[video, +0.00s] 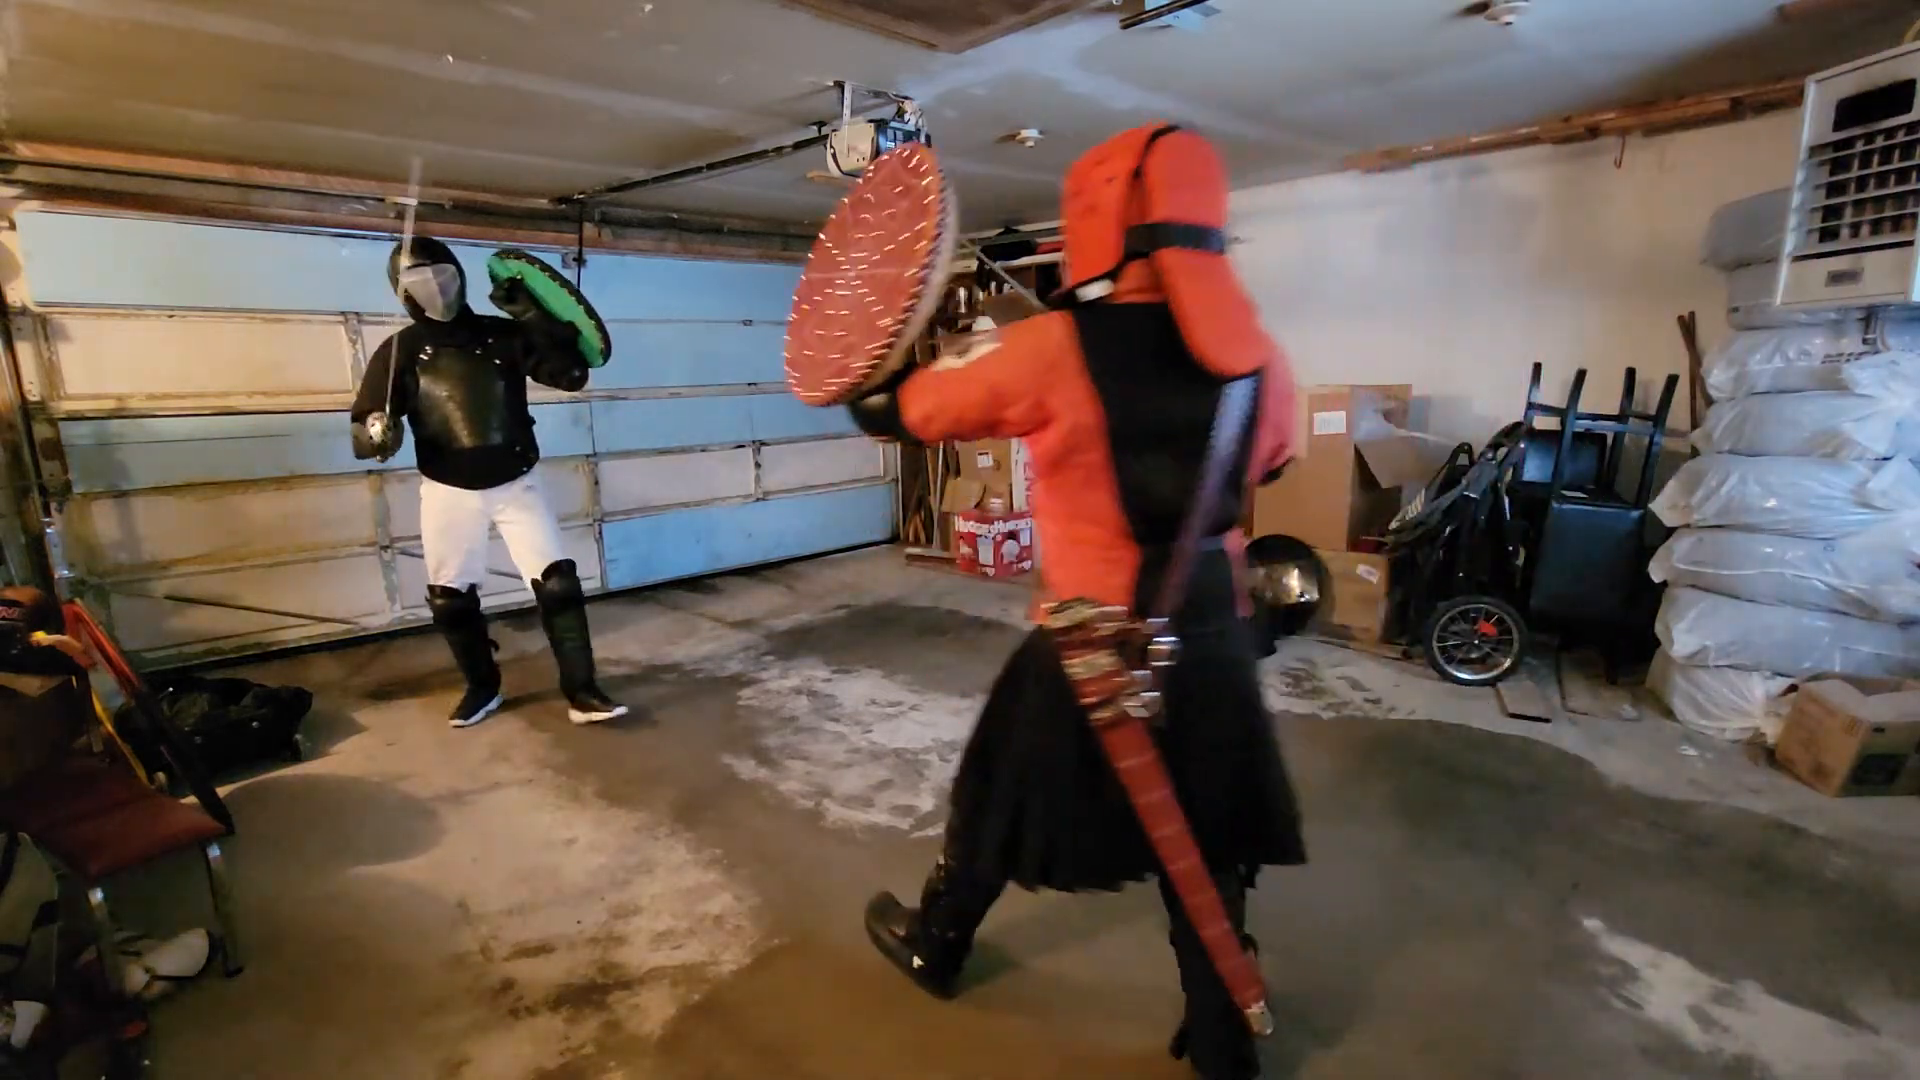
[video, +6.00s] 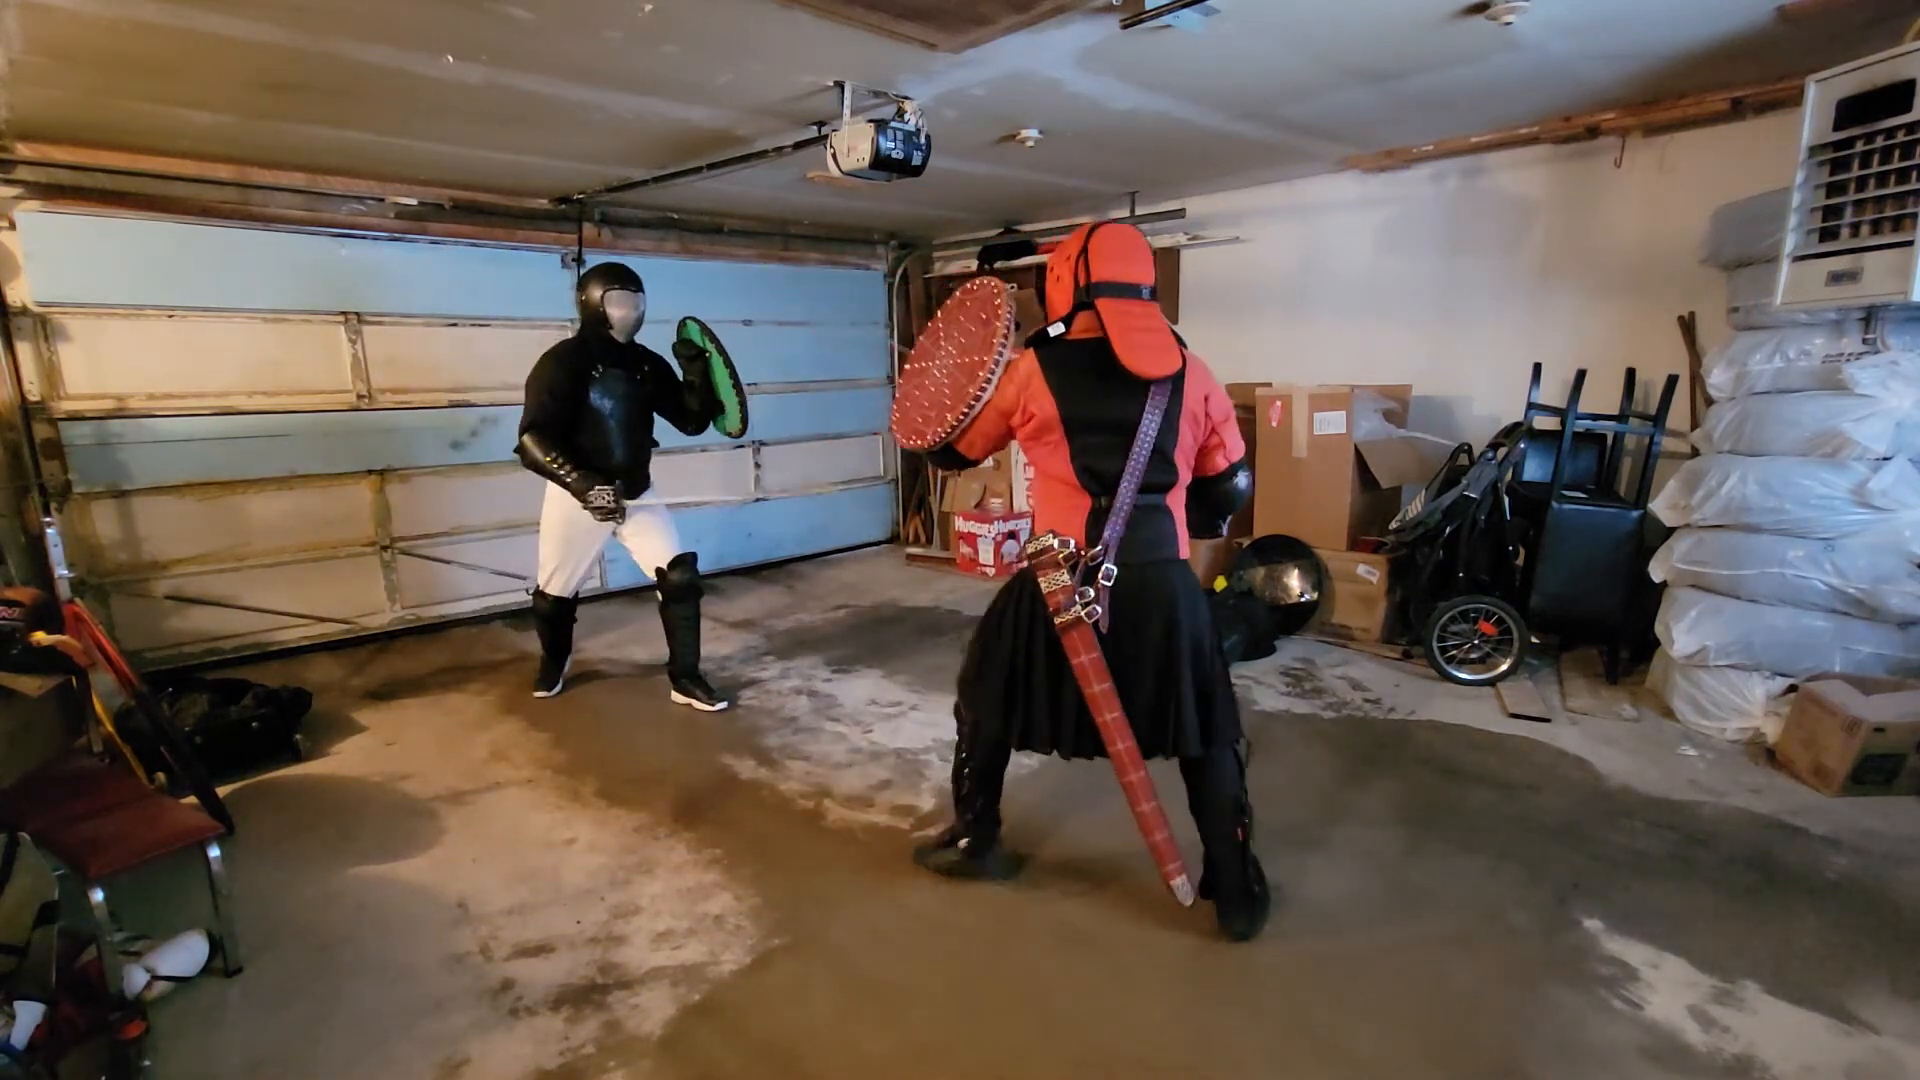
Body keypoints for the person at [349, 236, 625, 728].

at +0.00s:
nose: (434, 285)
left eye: (441, 273)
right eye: (419, 278)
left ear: (458, 274)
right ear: (402, 290)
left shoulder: (503, 334)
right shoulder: (399, 351)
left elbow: (572, 375)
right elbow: (361, 433)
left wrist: (533, 315)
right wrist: (376, 438)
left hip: (517, 485)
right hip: (448, 493)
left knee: (558, 582)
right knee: (449, 599)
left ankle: (582, 691)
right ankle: (482, 686)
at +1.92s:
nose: (483, 290)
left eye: (488, 280)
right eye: (469, 281)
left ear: (497, 286)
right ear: (444, 291)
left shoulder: (519, 347)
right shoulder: (417, 353)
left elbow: (584, 393)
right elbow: (370, 429)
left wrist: (562, 331)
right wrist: (416, 465)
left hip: (518, 496)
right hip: (450, 500)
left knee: (554, 589)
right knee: (453, 605)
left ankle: (571, 697)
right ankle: (480, 684)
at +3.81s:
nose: (535, 303)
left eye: (536, 295)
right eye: (524, 296)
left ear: (540, 302)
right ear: (498, 305)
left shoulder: (560, 357)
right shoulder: (469, 362)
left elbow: (616, 397)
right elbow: (429, 432)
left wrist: (588, 337)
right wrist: (458, 475)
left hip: (559, 490)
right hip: (494, 493)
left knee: (613, 570)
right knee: (472, 593)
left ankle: (641, 663)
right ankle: (469, 675)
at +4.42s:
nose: (605, 325)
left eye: (610, 315)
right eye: (595, 314)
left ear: (615, 322)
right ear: (569, 319)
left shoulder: (615, 377)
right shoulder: (533, 371)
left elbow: (664, 428)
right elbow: (487, 439)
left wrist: (657, 373)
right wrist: (527, 490)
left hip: (593, 501)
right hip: (531, 500)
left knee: (642, 572)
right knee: (497, 592)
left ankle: (642, 662)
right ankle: (477, 664)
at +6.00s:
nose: (640, 307)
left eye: (640, 297)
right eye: (630, 297)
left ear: (631, 307)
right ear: (599, 303)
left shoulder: (646, 364)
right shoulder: (563, 363)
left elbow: (692, 421)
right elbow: (531, 441)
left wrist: (696, 373)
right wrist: (582, 487)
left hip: (637, 497)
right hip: (574, 498)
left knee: (680, 575)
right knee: (551, 598)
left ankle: (686, 677)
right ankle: (553, 662)